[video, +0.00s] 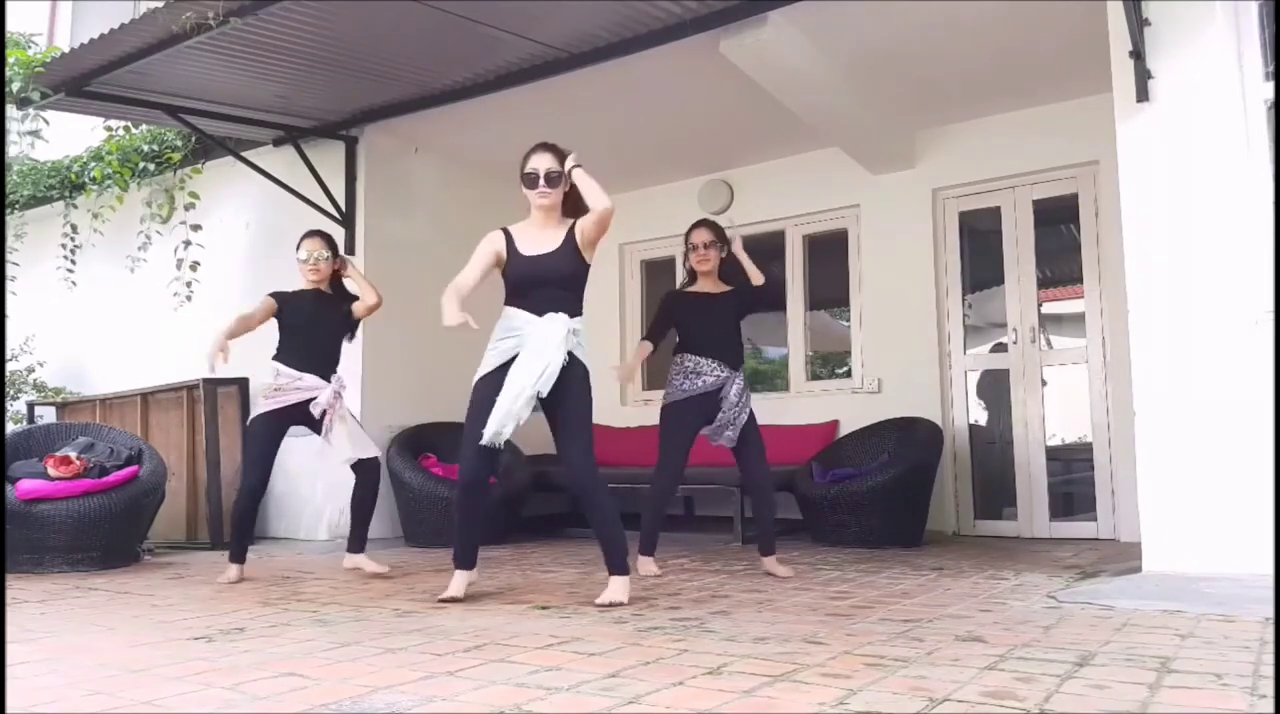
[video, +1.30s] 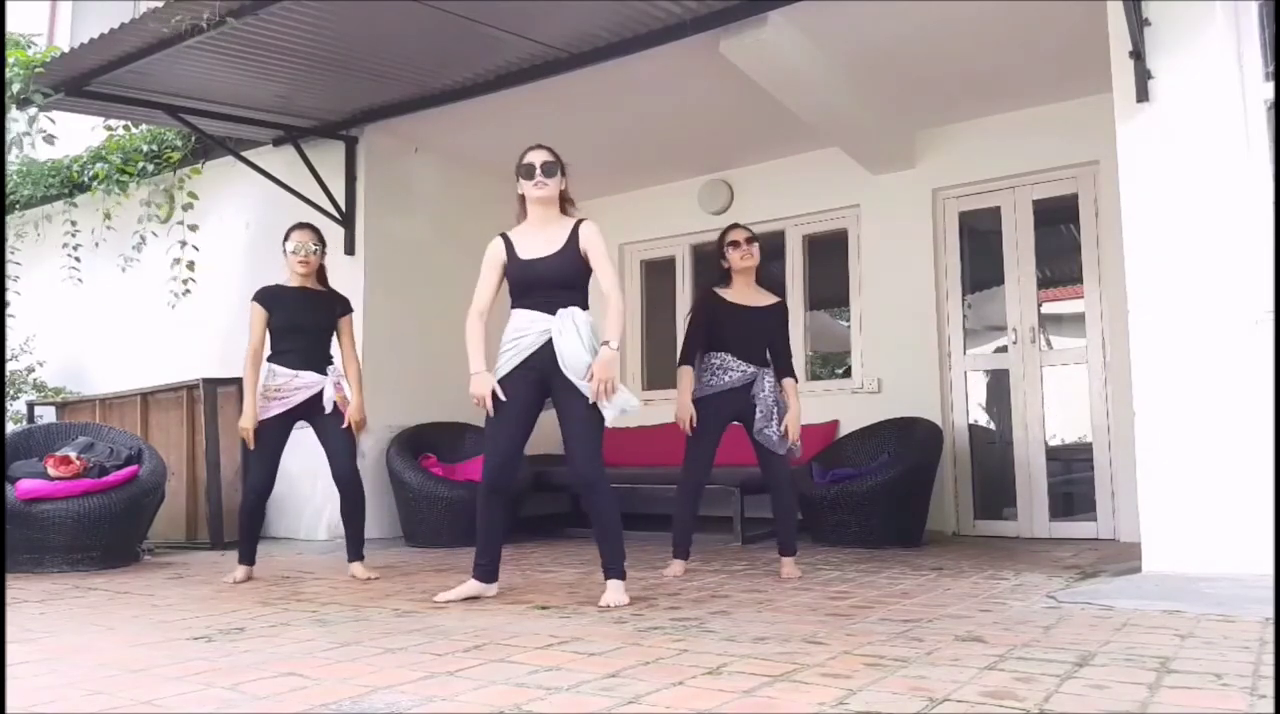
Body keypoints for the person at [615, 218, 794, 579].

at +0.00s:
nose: (702, 252)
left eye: (709, 246)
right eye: (694, 247)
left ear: (721, 250)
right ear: (687, 254)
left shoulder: (736, 293)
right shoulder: (676, 298)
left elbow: (769, 295)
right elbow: (654, 335)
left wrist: (740, 254)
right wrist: (636, 360)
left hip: (730, 389)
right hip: (687, 388)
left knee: (759, 473)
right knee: (669, 472)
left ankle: (768, 555)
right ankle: (645, 554)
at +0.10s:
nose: (705, 255)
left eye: (713, 249)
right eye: (698, 250)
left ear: (727, 254)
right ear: (691, 256)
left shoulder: (745, 299)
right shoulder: (682, 305)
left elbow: (778, 316)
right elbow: (670, 349)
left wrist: (766, 269)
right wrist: (670, 378)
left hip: (736, 393)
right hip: (693, 392)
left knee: (755, 479)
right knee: (661, 474)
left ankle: (788, 556)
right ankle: (666, 551)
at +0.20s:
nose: (702, 253)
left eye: (711, 247)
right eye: (696, 247)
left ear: (724, 254)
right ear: (689, 255)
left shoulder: (741, 296)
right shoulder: (682, 307)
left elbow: (789, 330)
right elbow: (671, 354)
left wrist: (803, 303)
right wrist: (687, 350)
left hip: (738, 394)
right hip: (699, 397)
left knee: (751, 476)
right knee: (659, 471)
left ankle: (788, 557)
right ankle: (687, 555)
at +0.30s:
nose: (700, 249)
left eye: (708, 243)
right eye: (693, 243)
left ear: (720, 250)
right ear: (686, 251)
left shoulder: (735, 290)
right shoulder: (683, 296)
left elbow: (787, 328)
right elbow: (664, 345)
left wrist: (836, 333)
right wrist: (676, 304)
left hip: (731, 390)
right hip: (698, 391)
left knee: (743, 474)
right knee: (661, 469)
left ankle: (788, 555)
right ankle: (688, 557)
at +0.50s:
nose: (705, 244)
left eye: (713, 238)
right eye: (698, 239)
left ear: (726, 246)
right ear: (690, 248)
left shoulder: (743, 289)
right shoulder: (690, 299)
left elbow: (782, 334)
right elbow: (653, 335)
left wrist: (827, 369)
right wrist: (665, 301)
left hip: (732, 391)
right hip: (694, 390)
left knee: (751, 478)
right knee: (670, 475)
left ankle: (800, 553)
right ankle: (677, 557)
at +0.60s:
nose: (712, 244)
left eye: (720, 238)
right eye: (705, 239)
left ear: (733, 246)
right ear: (698, 249)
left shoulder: (753, 290)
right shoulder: (696, 300)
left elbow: (779, 342)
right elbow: (663, 347)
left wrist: (812, 388)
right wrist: (672, 343)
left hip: (744, 391)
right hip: (701, 392)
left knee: (762, 475)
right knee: (676, 471)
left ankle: (786, 556)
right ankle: (678, 556)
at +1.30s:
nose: (744, 248)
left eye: (749, 242)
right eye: (734, 246)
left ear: (759, 250)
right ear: (725, 258)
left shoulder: (774, 304)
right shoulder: (710, 299)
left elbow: (782, 359)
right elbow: (689, 350)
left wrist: (793, 407)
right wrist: (683, 396)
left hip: (761, 394)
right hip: (713, 394)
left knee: (780, 476)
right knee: (693, 475)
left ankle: (788, 556)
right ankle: (679, 557)